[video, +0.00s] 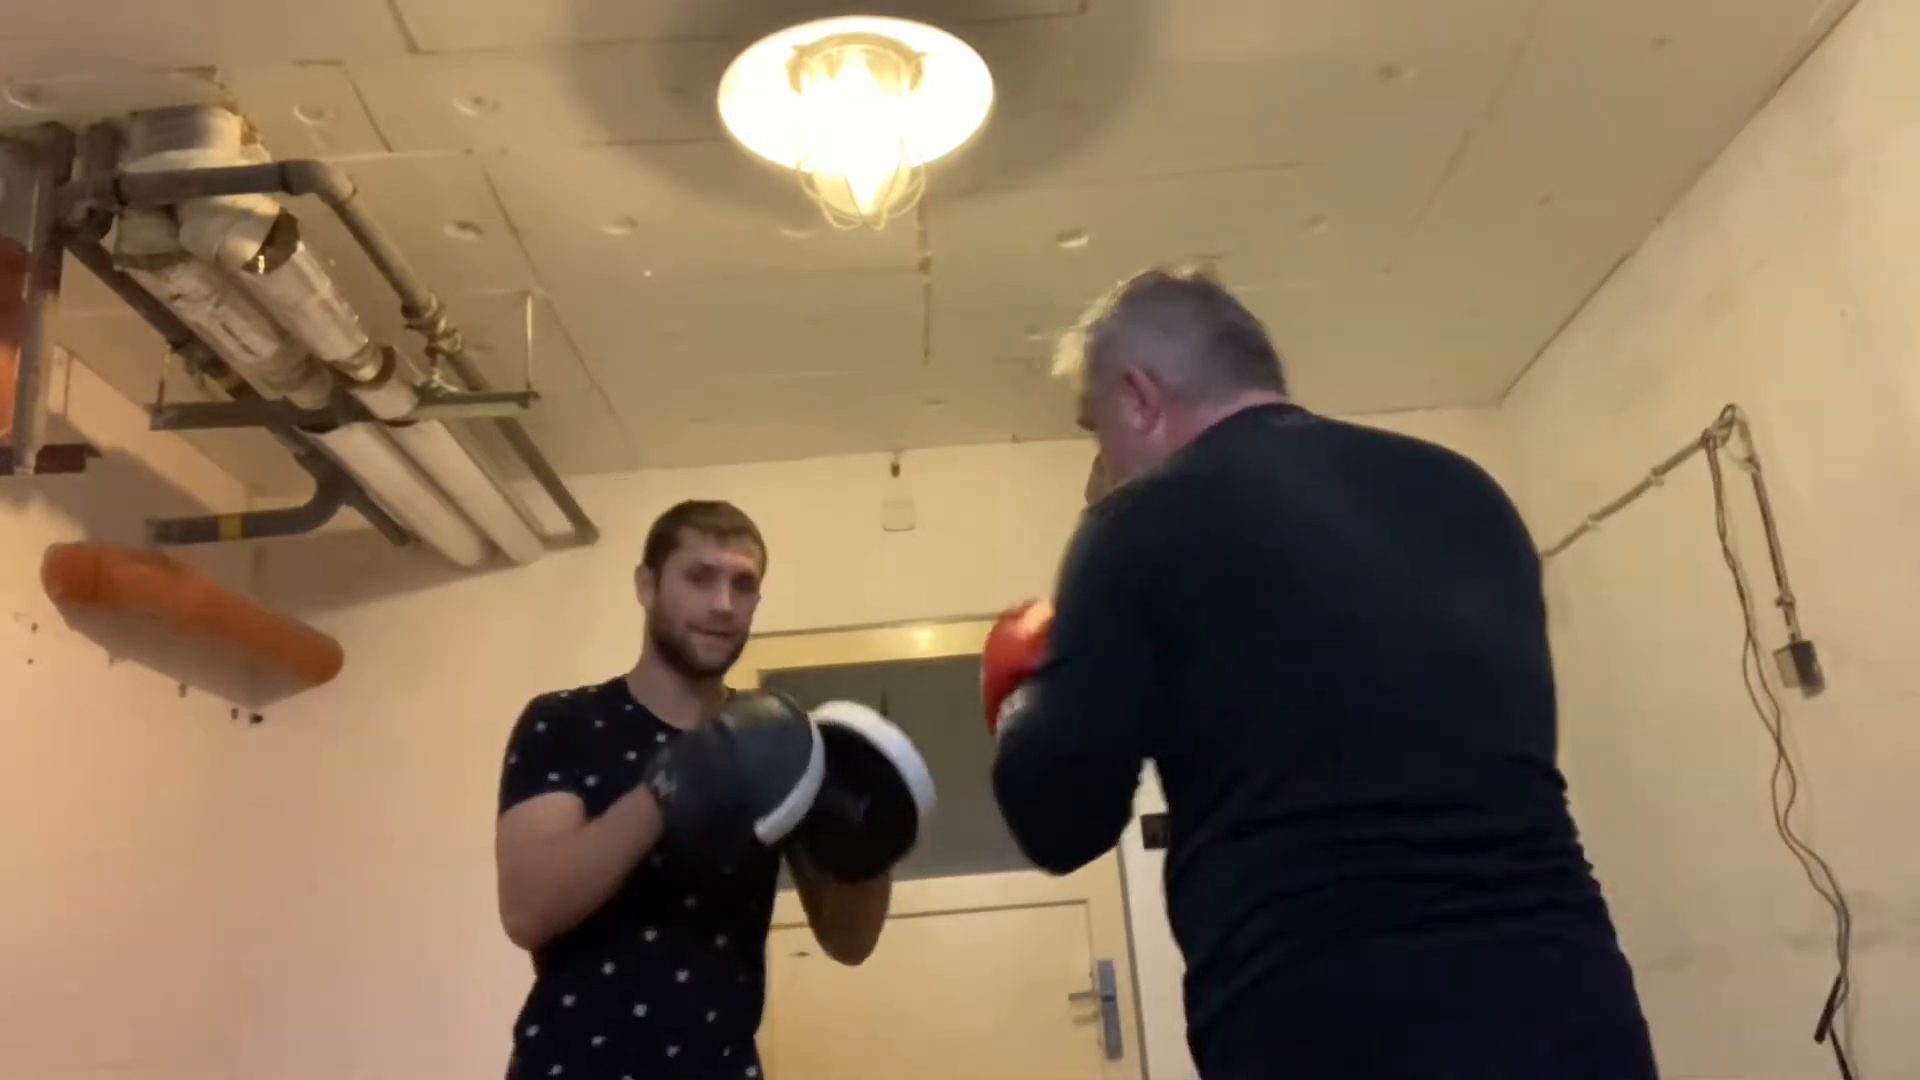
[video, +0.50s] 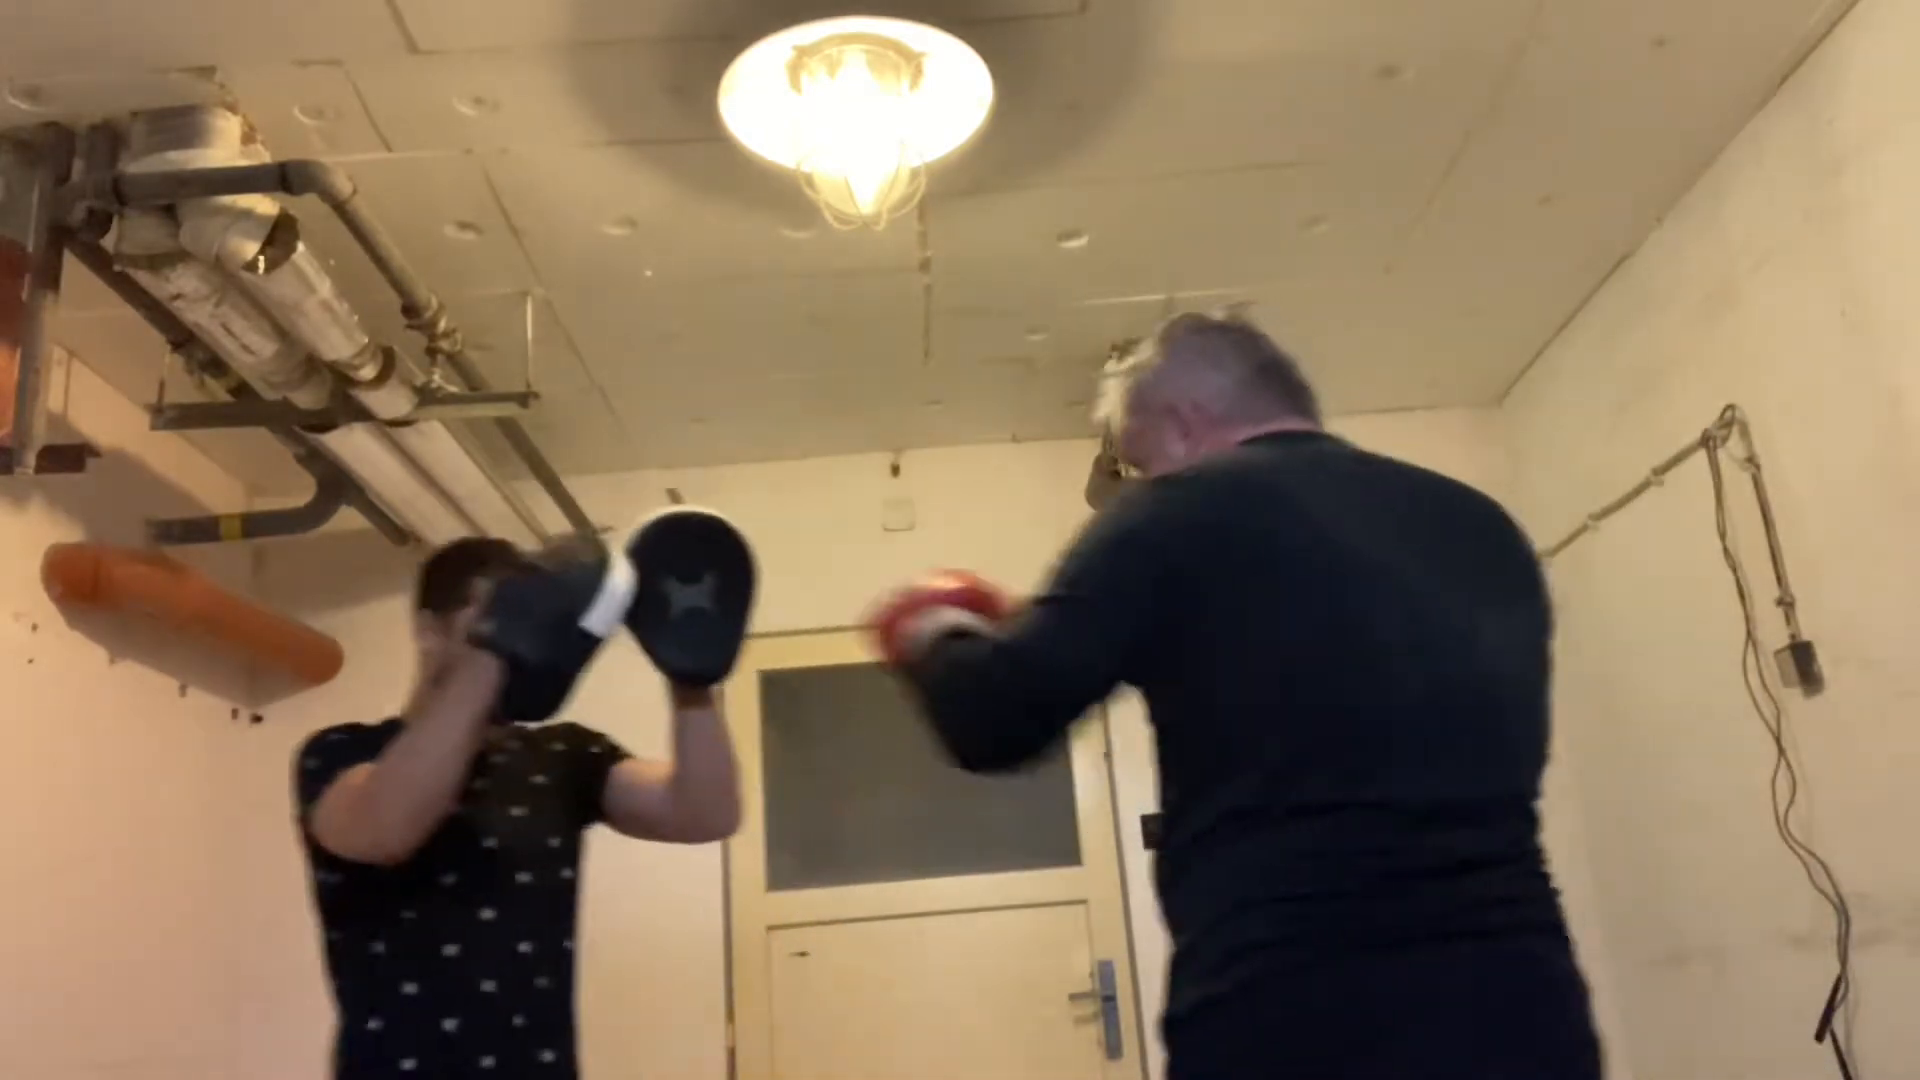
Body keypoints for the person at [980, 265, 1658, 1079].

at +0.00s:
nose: (1099, 470)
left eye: (1095, 429)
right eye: (1090, 436)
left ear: (1141, 397)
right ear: (1261, 376)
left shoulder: (1142, 528)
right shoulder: (1466, 488)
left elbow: (1059, 823)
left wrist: (1017, 690)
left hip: (1308, 1016)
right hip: (1558, 989)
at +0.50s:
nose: (1138, 490)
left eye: (1133, 466)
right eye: (1129, 472)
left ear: (1181, 425)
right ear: (1296, 407)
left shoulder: (1173, 523)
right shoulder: (1483, 527)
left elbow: (994, 722)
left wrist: (940, 638)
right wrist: (1042, 626)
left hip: (1273, 1021)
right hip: (1519, 1017)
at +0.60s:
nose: (1100, 498)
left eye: (1095, 473)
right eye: (1095, 477)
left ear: (1125, 444)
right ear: (1253, 427)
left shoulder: (1108, 540)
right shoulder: (1440, 531)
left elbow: (891, 667)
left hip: (1228, 1027)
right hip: (1471, 1024)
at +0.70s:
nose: (1025, 507)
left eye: (1023, 486)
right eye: (1024, 489)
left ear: (1050, 462)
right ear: (1182, 443)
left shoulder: (1015, 563)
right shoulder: (1358, 548)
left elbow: (830, 609)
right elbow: (1458, 785)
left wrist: (696, 595)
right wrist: (1296, 727)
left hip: (1162, 1027)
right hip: (1403, 1024)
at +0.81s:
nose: (934, 518)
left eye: (930, 498)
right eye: (931, 501)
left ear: (957, 476)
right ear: (1089, 456)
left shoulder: (945, 569)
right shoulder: (1264, 559)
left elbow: (775, 647)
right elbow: (1445, 761)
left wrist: (700, 612)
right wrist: (1265, 782)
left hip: (1080, 1038)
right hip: (1316, 1032)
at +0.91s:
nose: (842, 525)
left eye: (835, 500)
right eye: (832, 505)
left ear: (871, 474)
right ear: (984, 451)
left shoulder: (845, 586)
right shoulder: (1166, 557)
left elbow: (655, 740)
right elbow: (1371, 670)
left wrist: (692, 637)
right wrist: (1287, 840)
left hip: (1000, 1038)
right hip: (1225, 1023)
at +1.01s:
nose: (734, 526)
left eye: (734, 482)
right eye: (725, 489)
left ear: (800, 453)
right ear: (884, 445)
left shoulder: (810, 582)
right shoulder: (1071, 549)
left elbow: (648, 817)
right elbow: (1237, 614)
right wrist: (1283, 705)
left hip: (954, 1044)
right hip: (1159, 1025)